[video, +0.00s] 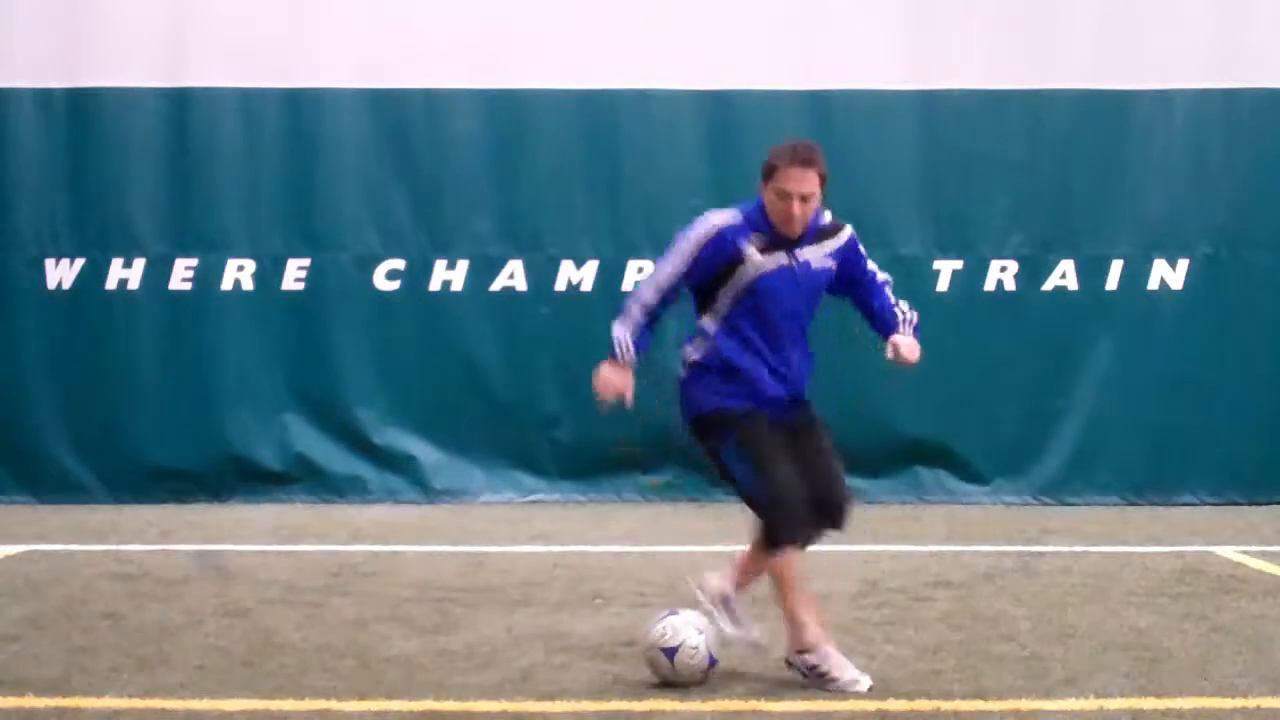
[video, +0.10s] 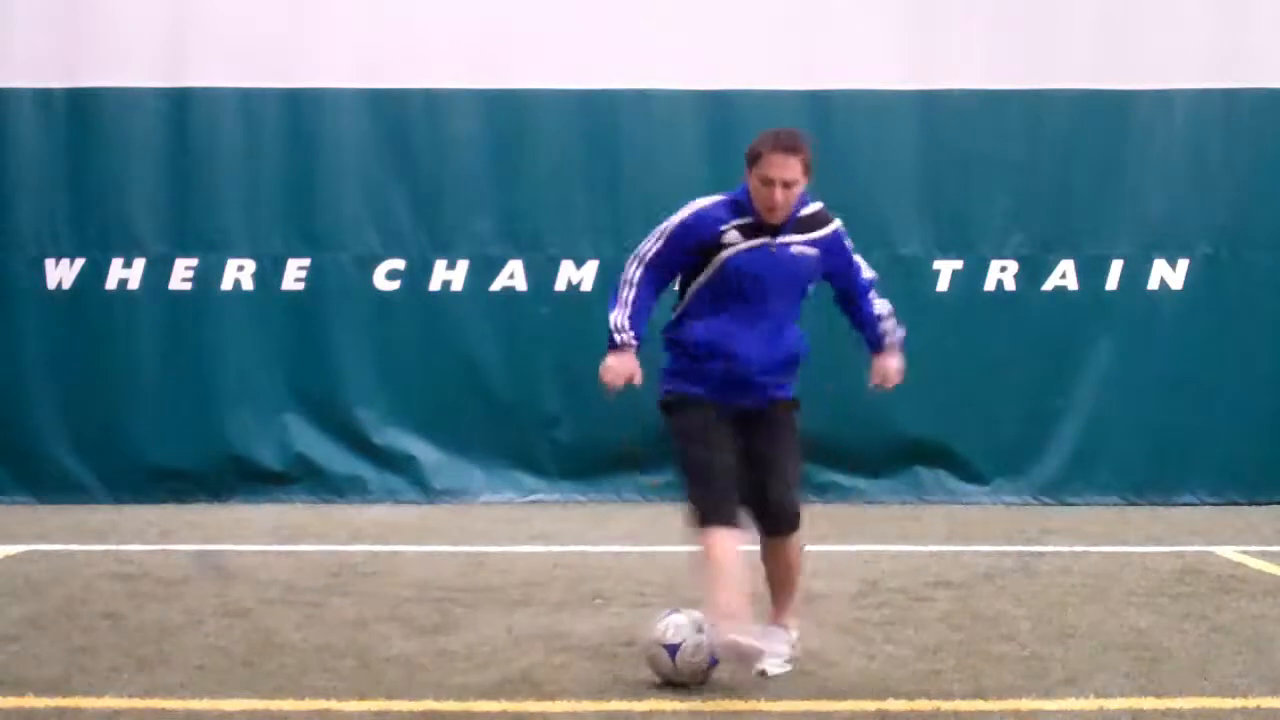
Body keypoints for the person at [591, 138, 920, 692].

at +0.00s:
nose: (796, 211)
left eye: (807, 199)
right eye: (784, 198)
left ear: (820, 196)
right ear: (763, 191)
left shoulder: (835, 238)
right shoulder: (722, 233)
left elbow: (870, 287)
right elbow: (654, 289)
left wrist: (899, 329)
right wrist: (622, 354)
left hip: (785, 396)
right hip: (722, 395)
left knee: (824, 504)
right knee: (784, 507)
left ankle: (726, 585)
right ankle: (808, 647)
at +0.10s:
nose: (778, 197)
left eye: (790, 185)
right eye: (768, 183)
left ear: (806, 183)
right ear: (749, 177)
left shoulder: (820, 227)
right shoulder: (708, 219)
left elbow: (859, 288)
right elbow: (642, 269)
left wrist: (886, 341)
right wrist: (623, 342)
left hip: (770, 391)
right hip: (698, 388)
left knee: (780, 511)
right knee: (718, 504)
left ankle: (783, 626)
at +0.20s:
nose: (743, 200)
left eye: (754, 189)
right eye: (733, 188)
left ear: (773, 190)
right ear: (717, 187)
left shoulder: (797, 241)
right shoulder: (682, 235)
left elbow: (832, 306)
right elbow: (631, 291)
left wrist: (850, 354)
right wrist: (624, 336)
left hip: (755, 409)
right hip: (678, 403)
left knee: (770, 528)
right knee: (650, 497)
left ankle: (775, 637)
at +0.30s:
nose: (700, 174)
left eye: (712, 165)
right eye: (691, 164)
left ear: (733, 168)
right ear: (676, 165)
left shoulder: (761, 213)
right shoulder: (645, 213)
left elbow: (787, 281)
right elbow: (602, 269)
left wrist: (795, 332)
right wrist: (595, 309)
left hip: (734, 394)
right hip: (655, 387)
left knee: (760, 515)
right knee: (597, 489)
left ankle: (776, 630)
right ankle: (545, 611)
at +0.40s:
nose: (658, 159)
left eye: (669, 148)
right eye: (648, 149)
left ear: (691, 147)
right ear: (633, 150)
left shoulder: (725, 197)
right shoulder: (606, 202)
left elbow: (753, 261)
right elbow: (561, 262)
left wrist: (761, 322)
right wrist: (552, 309)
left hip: (706, 370)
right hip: (626, 373)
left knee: (741, 473)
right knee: (579, 482)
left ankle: (754, 575)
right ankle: (564, 603)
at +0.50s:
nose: (620, 180)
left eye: (631, 168)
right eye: (609, 170)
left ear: (651, 168)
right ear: (593, 173)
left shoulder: (685, 215)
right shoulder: (569, 225)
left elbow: (723, 271)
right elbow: (525, 279)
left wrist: (732, 328)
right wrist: (510, 318)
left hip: (672, 373)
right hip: (599, 389)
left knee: (705, 443)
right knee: (576, 516)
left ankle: (706, 561)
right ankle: (574, 624)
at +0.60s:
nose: (585, 197)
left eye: (595, 185)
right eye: (574, 187)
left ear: (614, 186)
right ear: (559, 190)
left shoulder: (650, 232)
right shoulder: (537, 243)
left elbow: (699, 286)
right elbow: (502, 289)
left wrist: (714, 341)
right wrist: (476, 304)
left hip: (642, 382)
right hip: (574, 400)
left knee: (656, 445)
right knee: (561, 527)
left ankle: (682, 560)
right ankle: (574, 627)